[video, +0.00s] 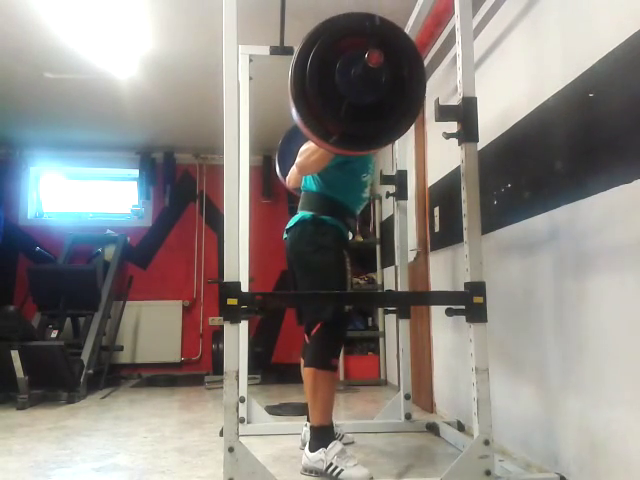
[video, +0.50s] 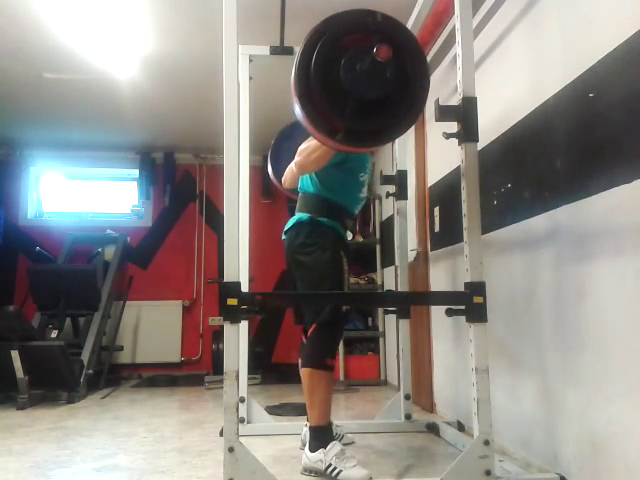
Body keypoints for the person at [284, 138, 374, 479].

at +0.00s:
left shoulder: (355, 137)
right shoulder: (338, 131)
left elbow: (292, 180)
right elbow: (300, 168)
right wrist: (340, 138)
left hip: (321, 232)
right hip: (315, 231)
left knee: (320, 332)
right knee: (328, 331)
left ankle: (317, 432)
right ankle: (321, 446)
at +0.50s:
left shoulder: (353, 137)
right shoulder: (338, 132)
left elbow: (289, 180)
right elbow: (297, 168)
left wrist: (302, 162)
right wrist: (340, 138)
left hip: (319, 232)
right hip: (313, 232)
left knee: (321, 330)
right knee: (326, 329)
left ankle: (318, 433)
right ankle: (320, 445)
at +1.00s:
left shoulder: (348, 136)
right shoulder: (333, 131)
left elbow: (282, 180)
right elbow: (295, 167)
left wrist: (297, 166)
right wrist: (336, 140)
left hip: (311, 232)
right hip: (308, 231)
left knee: (309, 334)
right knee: (320, 332)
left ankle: (314, 430)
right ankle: (320, 446)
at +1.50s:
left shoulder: (347, 140)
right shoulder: (333, 133)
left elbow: (282, 181)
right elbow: (294, 169)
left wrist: (299, 166)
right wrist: (333, 141)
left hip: (316, 234)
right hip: (307, 232)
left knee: (314, 332)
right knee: (314, 331)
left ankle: (315, 429)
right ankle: (319, 445)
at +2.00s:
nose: (378, 131)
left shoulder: (347, 143)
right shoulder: (335, 135)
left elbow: (287, 185)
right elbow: (298, 167)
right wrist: (337, 134)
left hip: (316, 234)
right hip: (311, 234)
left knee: (313, 334)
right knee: (317, 333)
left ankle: (315, 428)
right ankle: (319, 447)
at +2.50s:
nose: (373, 135)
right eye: (368, 126)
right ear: (351, 114)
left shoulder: (345, 144)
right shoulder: (330, 134)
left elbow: (289, 186)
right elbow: (296, 170)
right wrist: (333, 134)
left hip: (317, 234)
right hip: (310, 233)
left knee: (314, 333)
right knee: (316, 332)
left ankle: (315, 429)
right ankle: (319, 446)